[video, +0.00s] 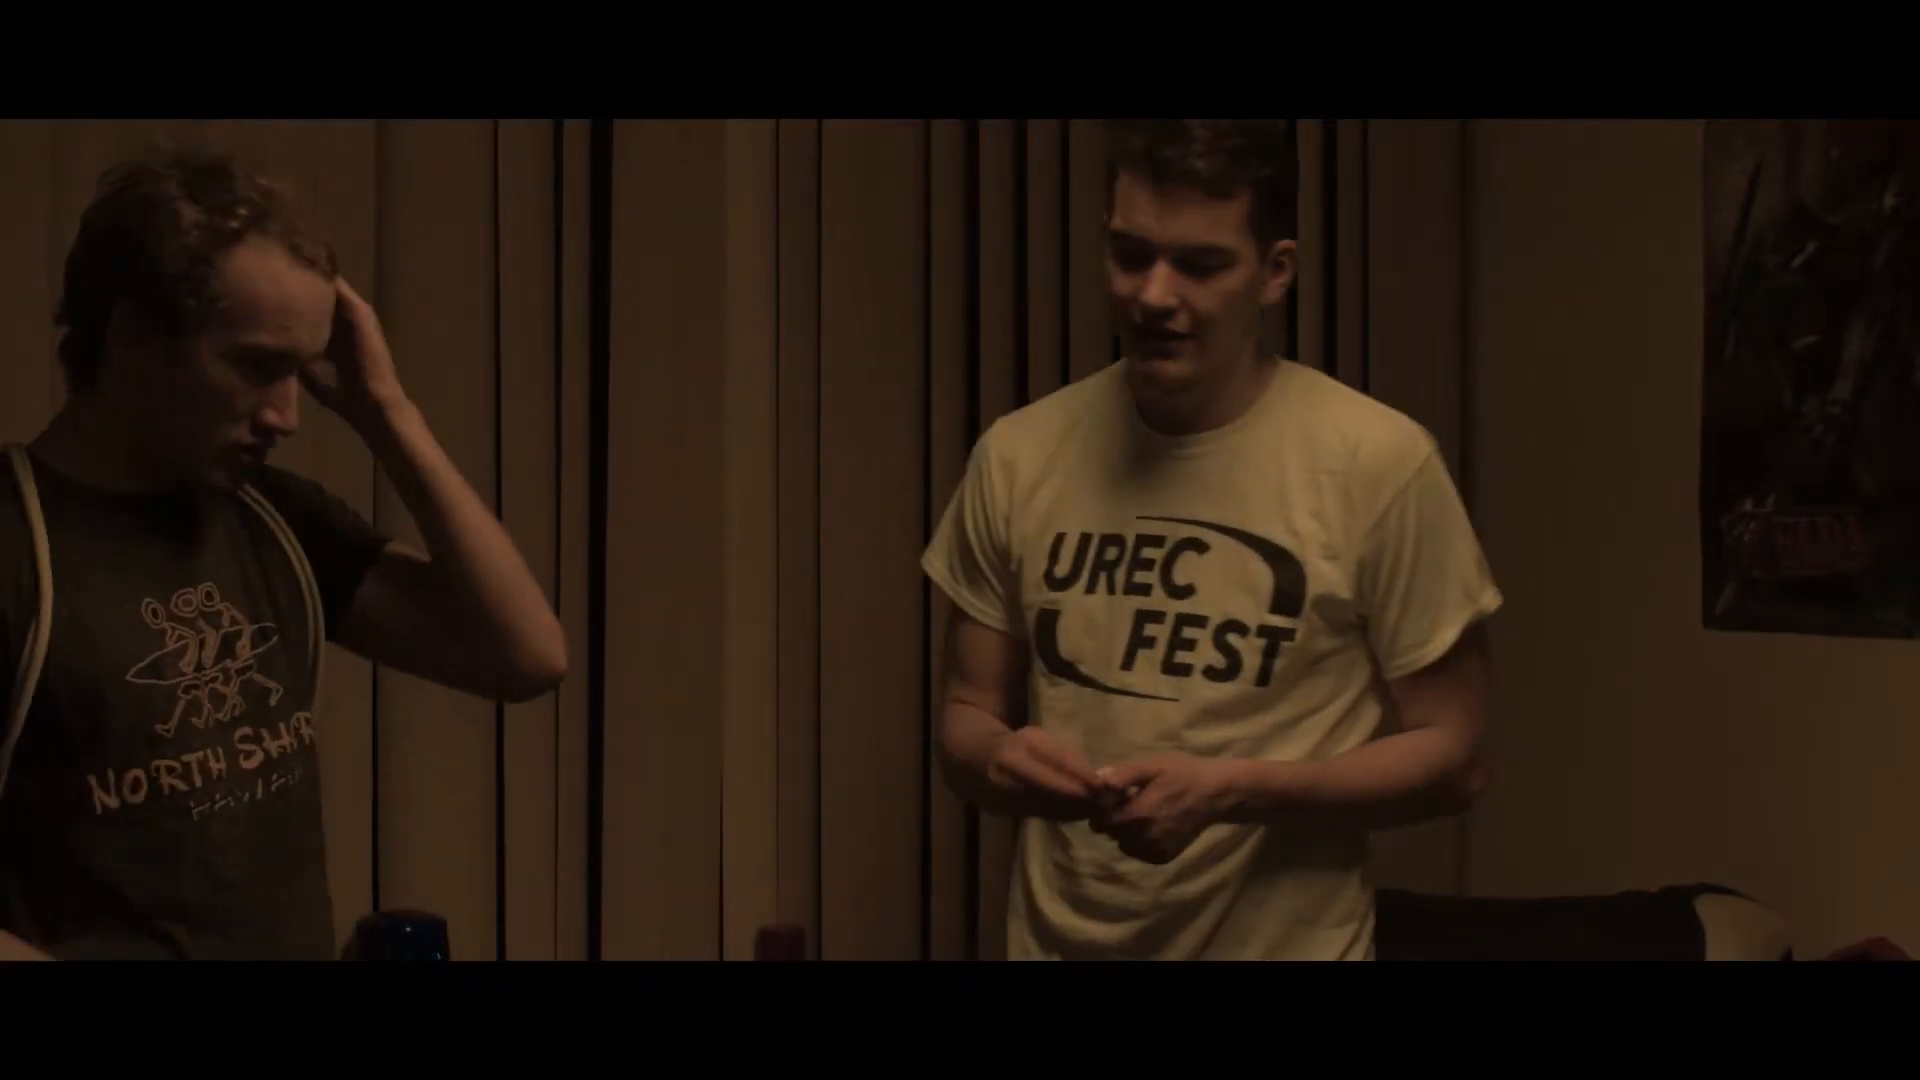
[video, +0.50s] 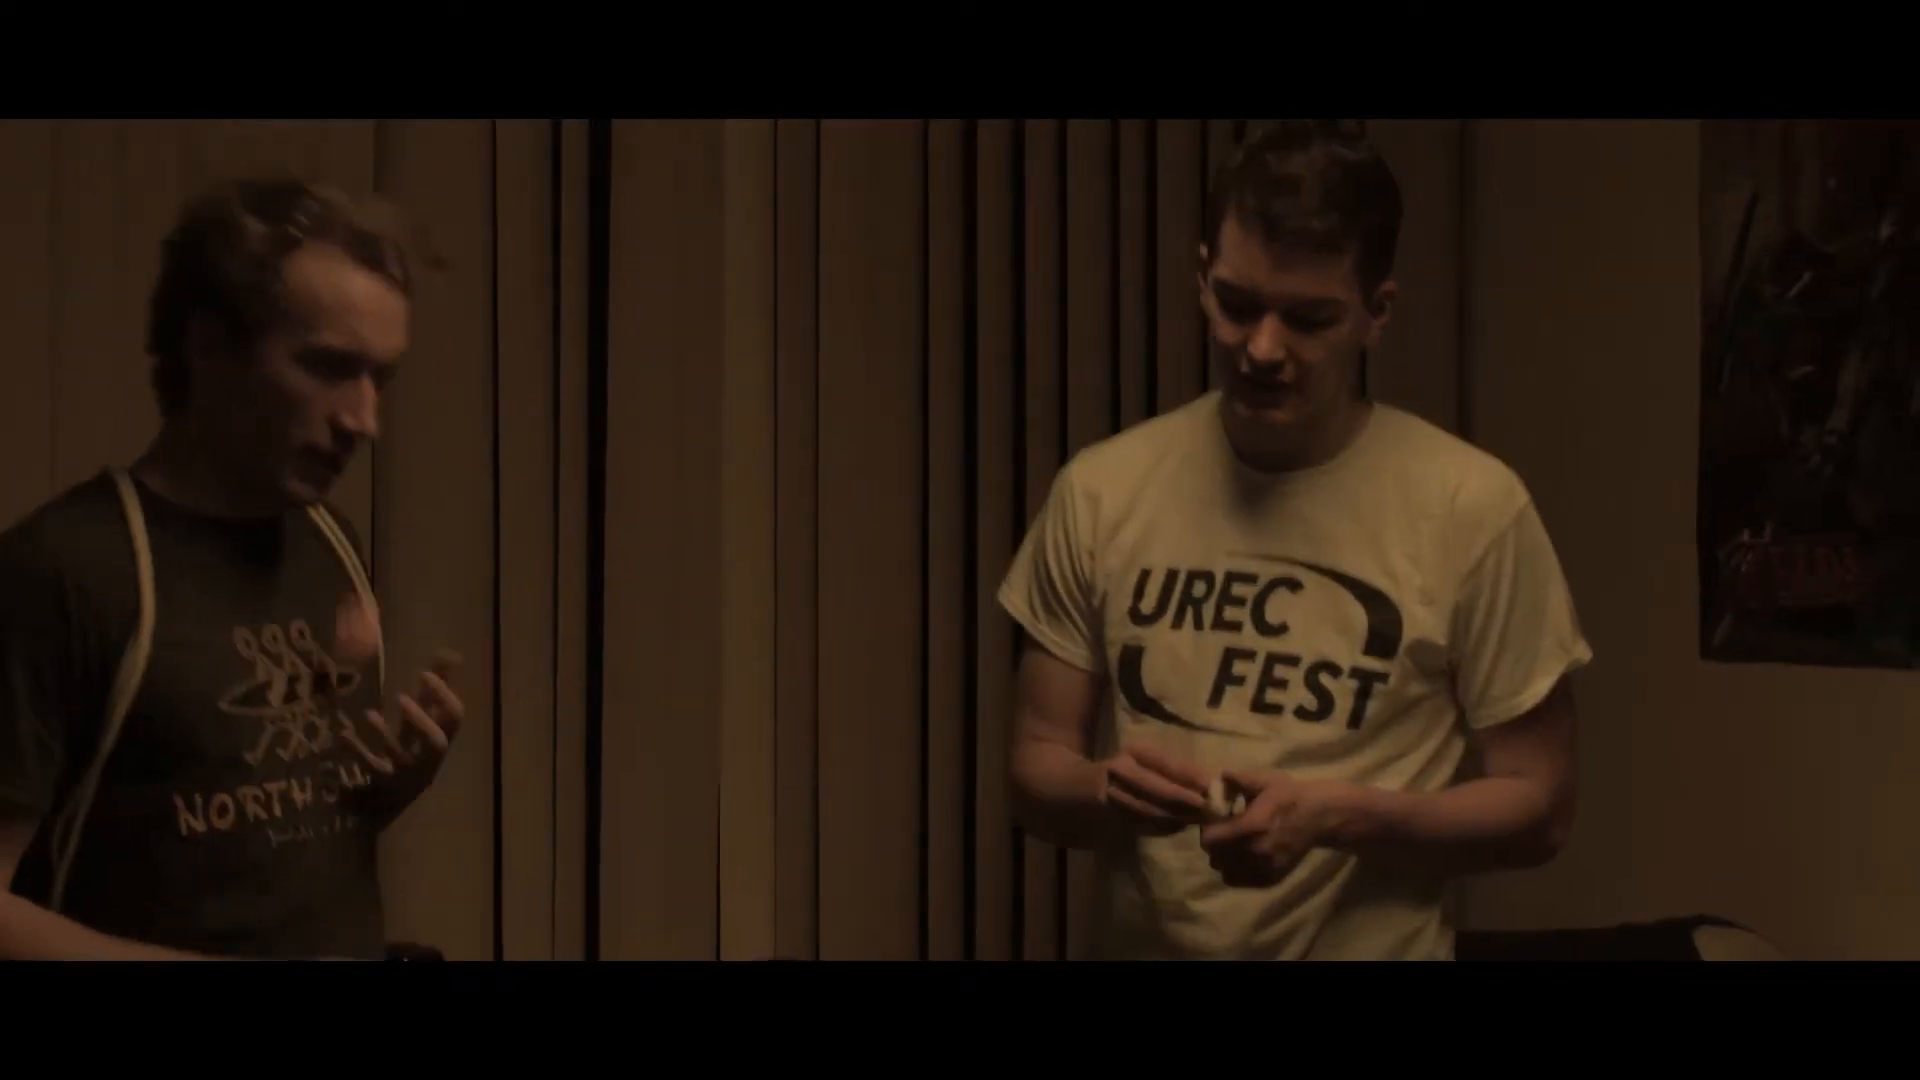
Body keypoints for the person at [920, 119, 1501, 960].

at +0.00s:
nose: (1153, 297)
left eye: (1199, 264)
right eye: (1131, 257)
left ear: (1275, 273)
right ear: (1106, 253)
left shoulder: (1379, 467)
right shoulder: (1019, 458)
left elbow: (1450, 751)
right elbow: (967, 703)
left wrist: (1232, 787)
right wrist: (1000, 760)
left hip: (1283, 946)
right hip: (1056, 945)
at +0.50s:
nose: (1264, 349)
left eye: (1310, 318)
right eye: (1239, 306)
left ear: (1378, 311)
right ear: (1204, 280)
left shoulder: (1473, 512)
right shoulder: (1103, 492)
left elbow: (1539, 807)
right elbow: (1037, 762)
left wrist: (1338, 811)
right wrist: (1109, 794)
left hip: (1371, 950)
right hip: (1148, 947)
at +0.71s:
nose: (1279, 367)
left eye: (1325, 335)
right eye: (1253, 322)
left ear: (1392, 328)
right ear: (1218, 291)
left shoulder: (1494, 521)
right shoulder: (1121, 507)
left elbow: (1563, 813)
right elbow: (1062, 773)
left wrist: (1348, 813)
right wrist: (1122, 796)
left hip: (1391, 950)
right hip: (1163, 947)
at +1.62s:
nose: (1197, 319)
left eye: (1240, 287)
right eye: (1174, 278)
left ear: (1323, 277)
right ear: (1153, 257)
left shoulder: (1424, 471)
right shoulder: (1071, 457)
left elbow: (1496, 765)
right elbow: (1024, 771)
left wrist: (1276, 748)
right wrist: (1026, 713)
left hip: (1305, 946)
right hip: (1080, 941)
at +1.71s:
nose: (1193, 320)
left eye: (1235, 287)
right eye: (1170, 279)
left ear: (1319, 274)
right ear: (1150, 258)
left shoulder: (1422, 469)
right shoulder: (1073, 452)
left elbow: (1498, 763)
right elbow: (1032, 766)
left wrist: (1274, 745)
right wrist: (1025, 712)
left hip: (1306, 945)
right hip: (1080, 942)